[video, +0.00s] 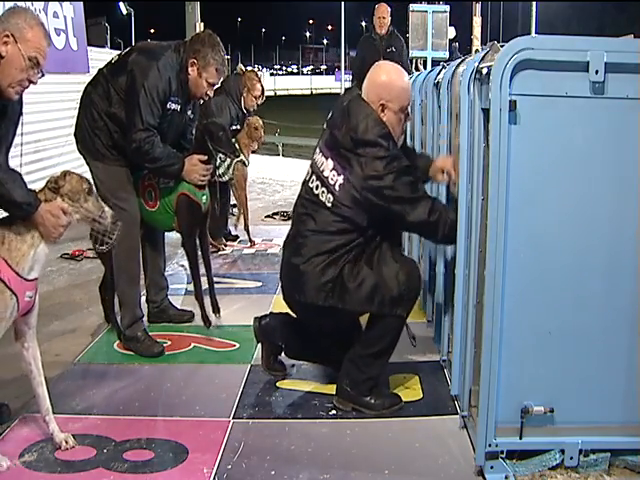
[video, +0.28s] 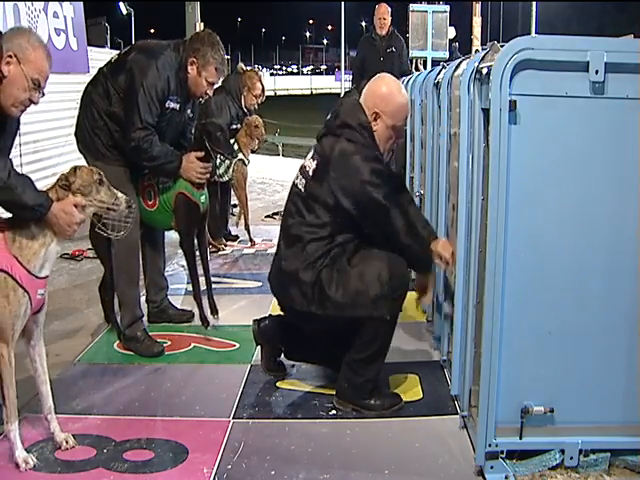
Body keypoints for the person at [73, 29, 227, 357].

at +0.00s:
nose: (211, 93)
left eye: (216, 86)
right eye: (209, 84)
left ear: (196, 65)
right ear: (191, 67)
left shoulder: (192, 79)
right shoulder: (152, 70)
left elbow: (183, 134)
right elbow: (139, 140)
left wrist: (192, 162)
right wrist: (181, 165)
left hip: (139, 137)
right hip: (103, 134)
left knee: (152, 216)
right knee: (127, 218)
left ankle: (158, 303)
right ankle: (131, 324)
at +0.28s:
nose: (210, 92)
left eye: (215, 86)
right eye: (209, 83)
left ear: (196, 65)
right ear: (191, 66)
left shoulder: (191, 81)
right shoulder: (151, 70)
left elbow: (181, 134)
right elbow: (137, 139)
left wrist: (193, 159)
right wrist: (178, 163)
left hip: (140, 139)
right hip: (104, 135)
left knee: (152, 216)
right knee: (125, 220)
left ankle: (158, 303)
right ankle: (130, 324)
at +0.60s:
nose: (211, 71)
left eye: (216, 65)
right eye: (209, 63)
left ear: (199, 48)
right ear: (190, 47)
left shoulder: (192, 66)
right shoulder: (149, 58)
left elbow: (188, 121)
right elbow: (140, 129)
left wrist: (194, 147)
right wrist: (182, 151)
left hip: (153, 141)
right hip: (113, 139)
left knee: (169, 213)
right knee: (136, 216)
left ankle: (164, 297)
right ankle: (131, 322)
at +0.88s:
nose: (231, 70)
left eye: (235, 63)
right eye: (228, 61)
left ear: (218, 46)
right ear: (209, 45)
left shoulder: (208, 68)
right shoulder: (169, 55)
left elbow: (206, 121)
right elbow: (159, 124)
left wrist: (214, 147)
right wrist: (198, 149)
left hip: (172, 144)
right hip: (133, 142)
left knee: (188, 218)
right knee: (149, 221)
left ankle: (210, 300)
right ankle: (132, 324)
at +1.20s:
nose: (257, 68)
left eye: (262, 62)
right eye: (256, 60)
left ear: (246, 46)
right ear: (240, 44)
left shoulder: (241, 65)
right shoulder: (202, 51)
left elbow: (242, 116)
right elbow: (189, 114)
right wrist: (225, 146)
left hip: (199, 143)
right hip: (157, 137)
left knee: (208, 217)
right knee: (161, 220)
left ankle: (211, 300)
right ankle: (137, 322)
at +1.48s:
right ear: (263, 23)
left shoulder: (259, 47)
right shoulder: (226, 38)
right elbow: (215, 106)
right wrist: (251, 142)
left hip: (208, 134)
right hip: (179, 129)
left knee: (217, 216)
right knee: (199, 220)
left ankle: (213, 300)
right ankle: (202, 322)